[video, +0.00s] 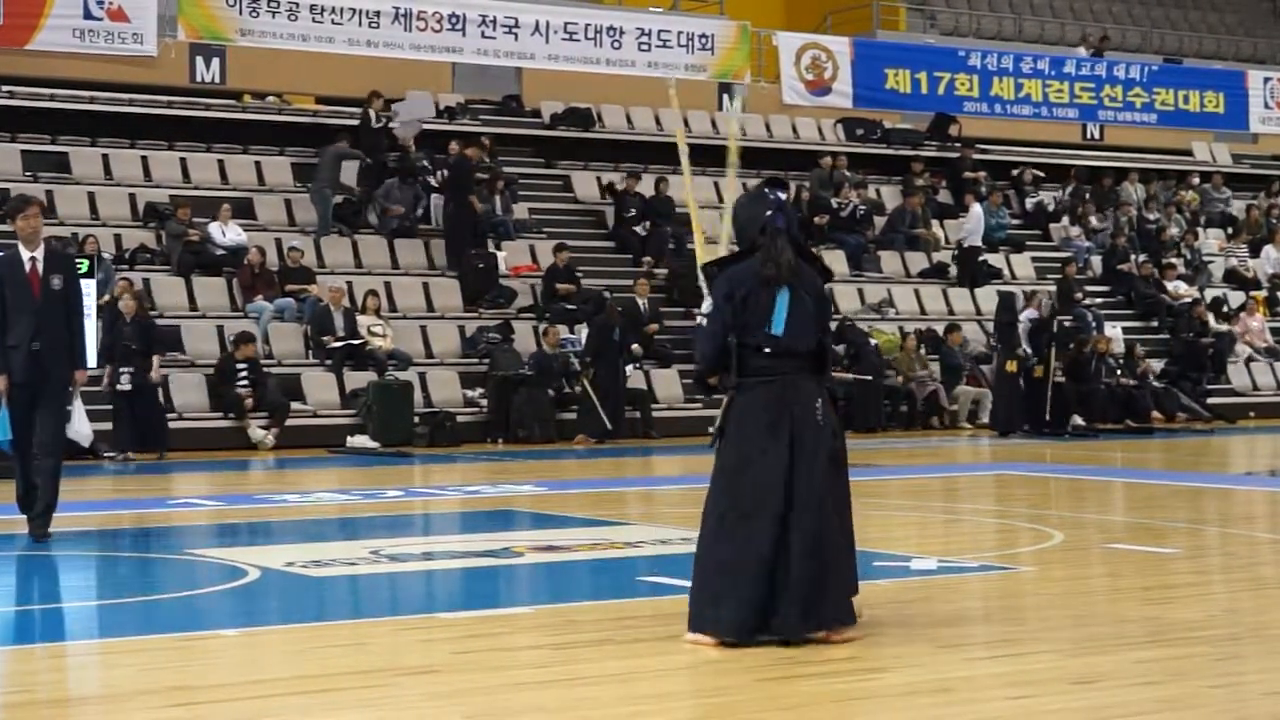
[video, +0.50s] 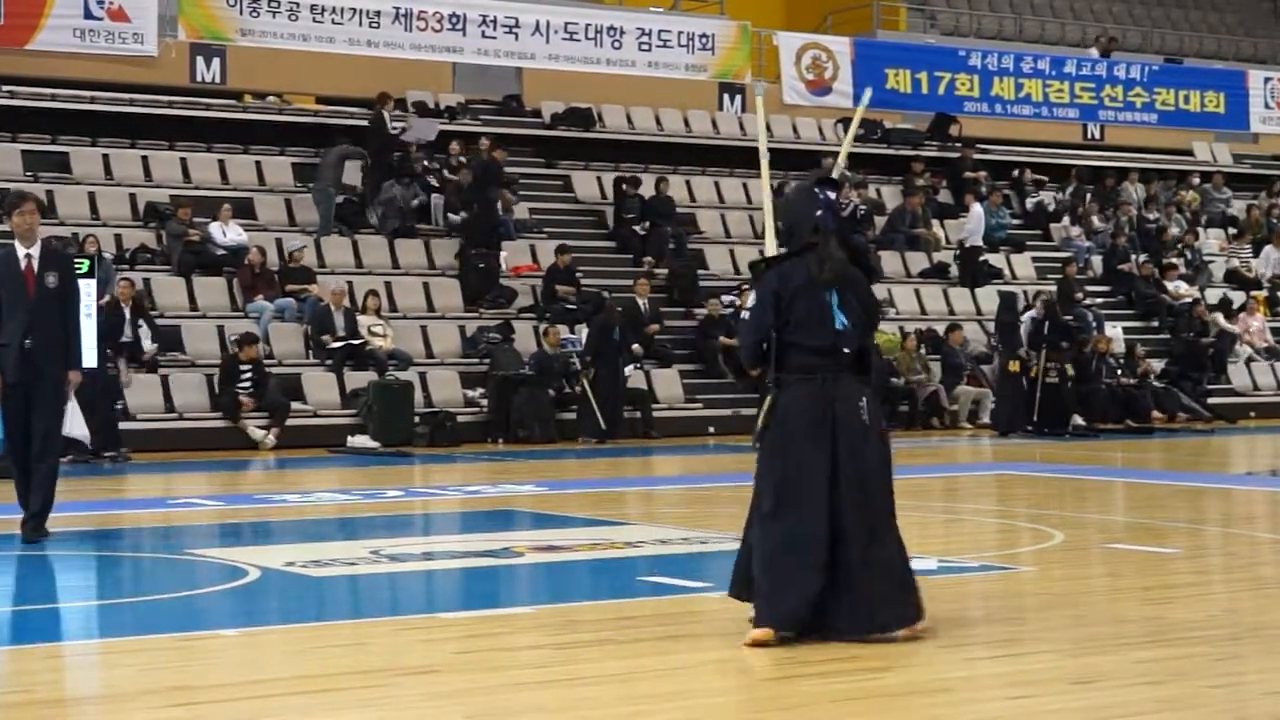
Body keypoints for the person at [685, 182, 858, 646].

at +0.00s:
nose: (736, 236)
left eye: (738, 228)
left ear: (745, 231)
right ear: (787, 226)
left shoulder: (734, 279)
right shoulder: (812, 280)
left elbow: (709, 352)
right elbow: (821, 353)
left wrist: (723, 370)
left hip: (754, 407)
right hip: (809, 407)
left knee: (736, 510)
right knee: (816, 509)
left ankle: (716, 622)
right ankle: (825, 617)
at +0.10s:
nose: (746, 234)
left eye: (750, 227)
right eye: (749, 227)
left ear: (760, 232)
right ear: (799, 227)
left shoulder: (750, 282)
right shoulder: (824, 280)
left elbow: (725, 354)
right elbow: (836, 348)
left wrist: (738, 371)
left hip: (769, 405)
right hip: (822, 405)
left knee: (742, 510)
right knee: (825, 507)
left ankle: (718, 622)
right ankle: (836, 615)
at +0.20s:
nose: (759, 236)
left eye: (763, 229)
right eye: (762, 228)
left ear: (774, 234)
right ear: (810, 229)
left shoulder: (765, 285)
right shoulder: (836, 283)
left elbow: (740, 353)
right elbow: (849, 352)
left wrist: (738, 373)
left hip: (781, 406)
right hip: (831, 404)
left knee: (748, 508)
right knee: (832, 507)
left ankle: (723, 619)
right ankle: (838, 616)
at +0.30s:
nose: (768, 225)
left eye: (773, 217)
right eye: (770, 216)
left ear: (785, 224)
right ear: (820, 220)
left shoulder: (775, 275)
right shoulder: (847, 276)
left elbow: (749, 343)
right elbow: (852, 343)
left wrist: (746, 365)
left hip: (789, 398)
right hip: (839, 397)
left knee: (762, 500)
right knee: (838, 500)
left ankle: (744, 612)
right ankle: (841, 613)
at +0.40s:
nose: (772, 220)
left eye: (776, 212)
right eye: (775, 212)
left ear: (785, 217)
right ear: (825, 212)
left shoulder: (773, 267)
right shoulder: (850, 265)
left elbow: (751, 338)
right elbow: (860, 338)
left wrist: (752, 360)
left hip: (791, 393)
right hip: (842, 390)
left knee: (774, 496)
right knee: (846, 493)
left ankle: (765, 607)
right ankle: (853, 604)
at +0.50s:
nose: (781, 229)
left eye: (783, 222)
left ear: (789, 226)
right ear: (833, 224)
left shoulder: (776, 279)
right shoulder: (855, 281)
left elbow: (750, 347)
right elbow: (865, 345)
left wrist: (756, 369)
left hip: (797, 405)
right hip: (852, 404)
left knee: (783, 505)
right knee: (866, 504)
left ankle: (773, 615)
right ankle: (897, 608)